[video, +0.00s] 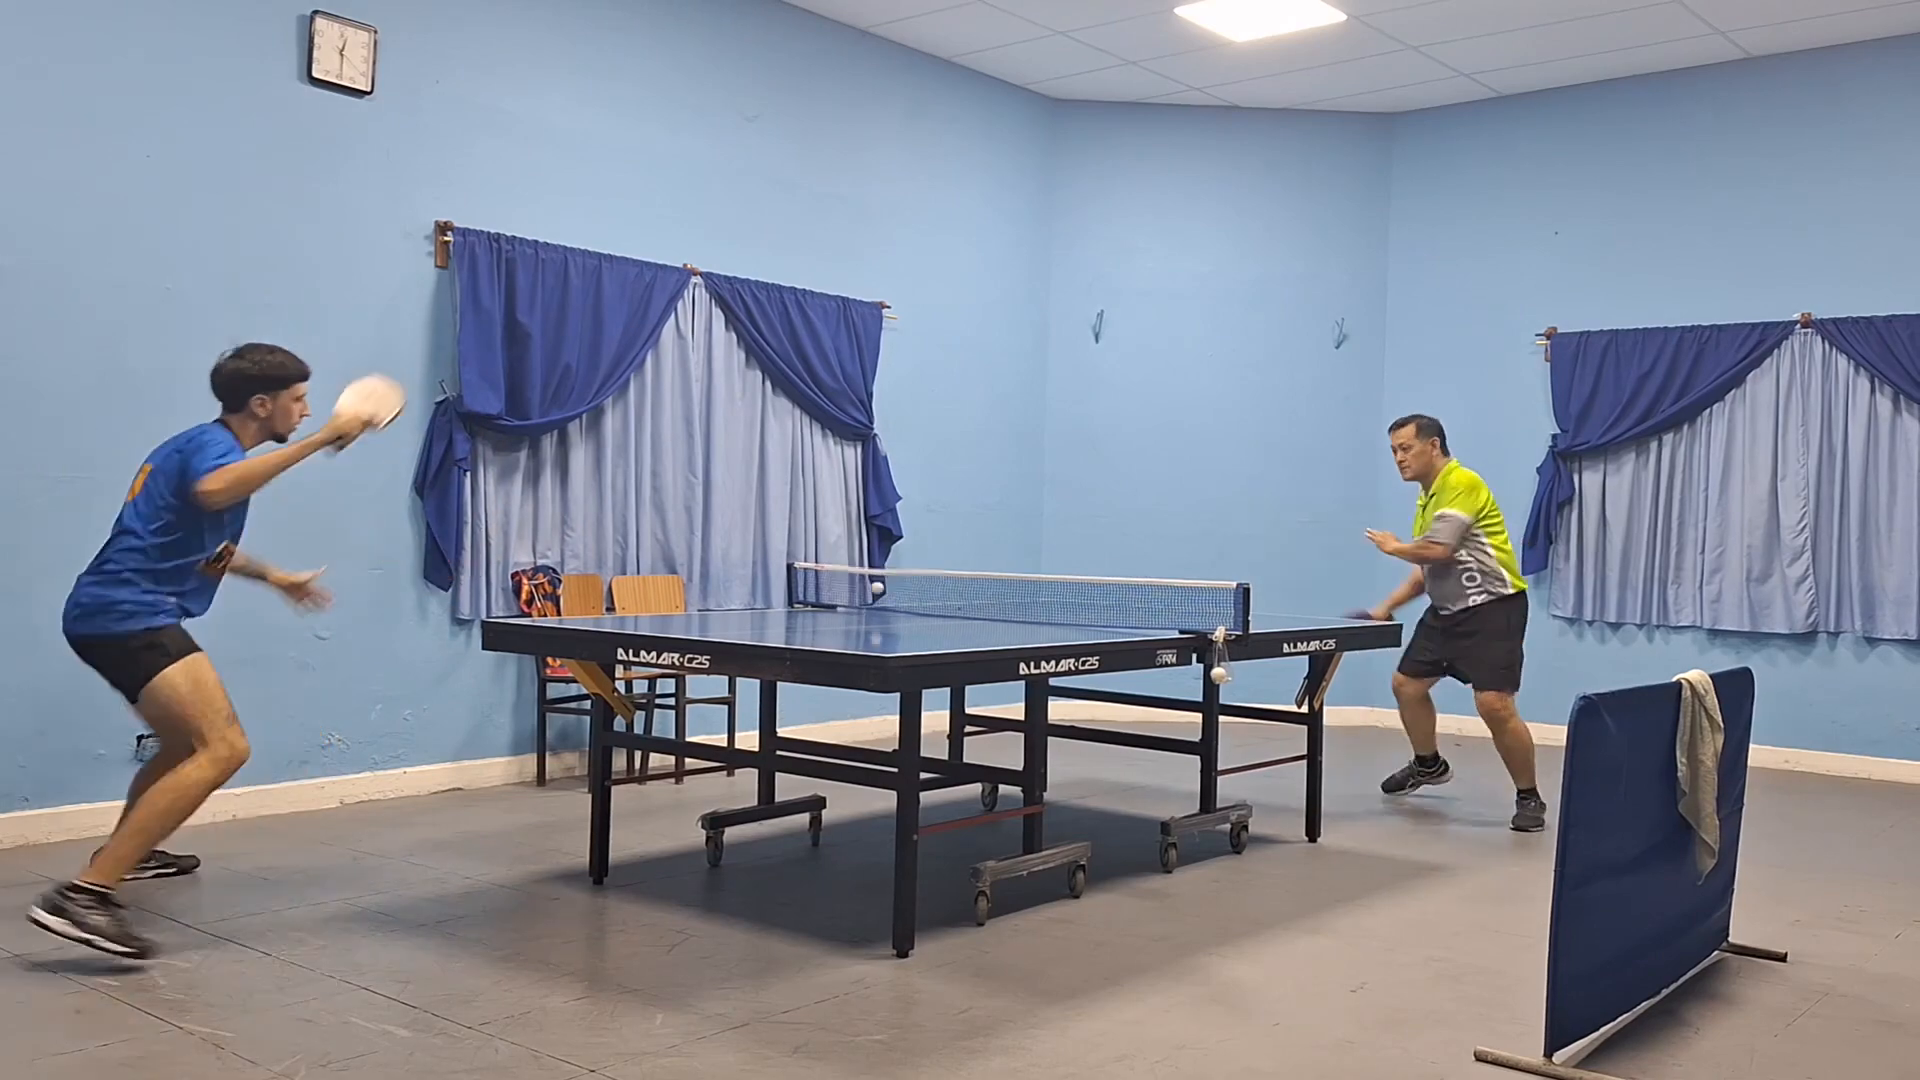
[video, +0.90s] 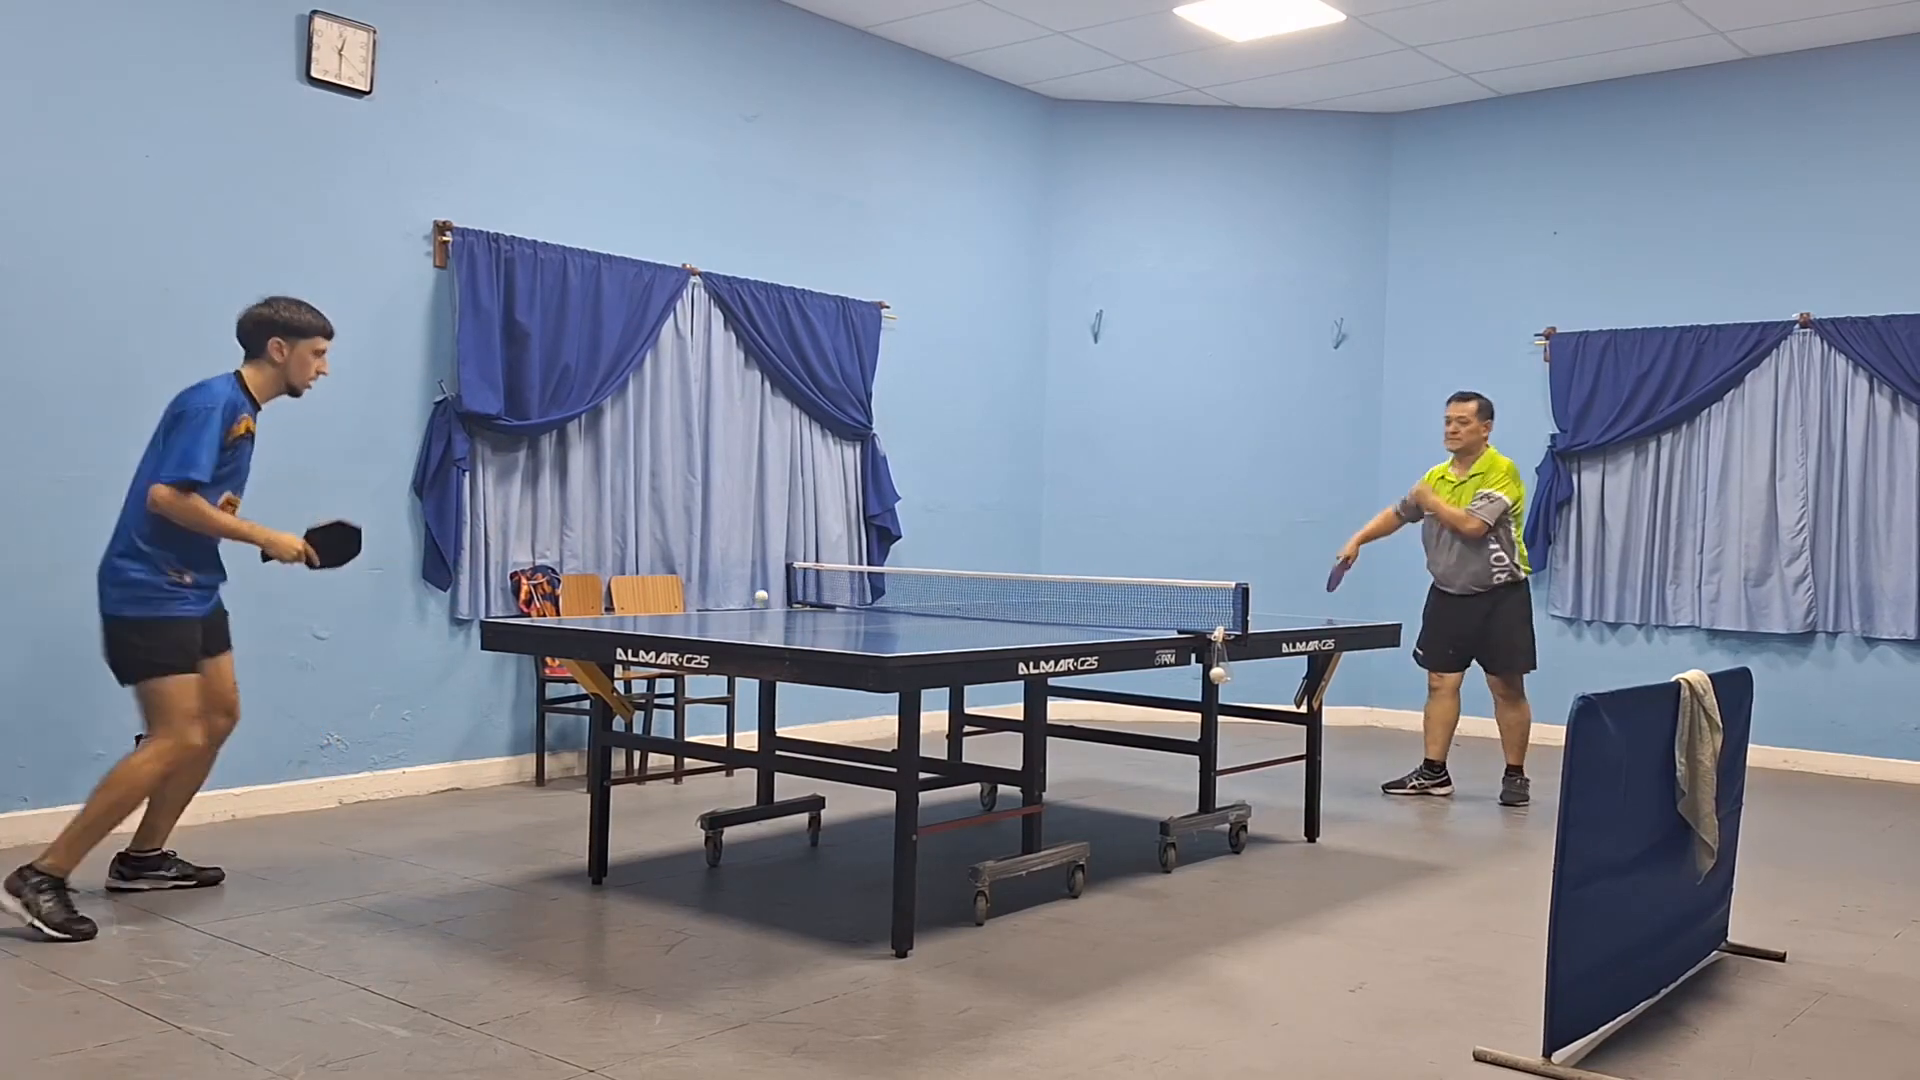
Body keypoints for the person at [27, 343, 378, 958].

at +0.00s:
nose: (304, 408)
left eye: (305, 398)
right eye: (298, 399)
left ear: (250, 405)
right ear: (260, 404)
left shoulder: (210, 448)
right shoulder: (217, 446)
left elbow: (202, 551)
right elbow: (211, 491)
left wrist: (272, 575)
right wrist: (320, 440)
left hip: (116, 613)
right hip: (126, 614)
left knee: (189, 738)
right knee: (224, 748)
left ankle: (131, 847)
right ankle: (87, 891)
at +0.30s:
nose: (272, 360)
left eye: (271, 347)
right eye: (264, 348)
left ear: (223, 356)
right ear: (226, 355)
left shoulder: (196, 423)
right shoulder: (176, 407)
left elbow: (142, 514)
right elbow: (145, 483)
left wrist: (170, 583)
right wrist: (260, 503)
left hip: (99, 576)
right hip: (84, 574)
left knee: (137, 720)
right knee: (156, 733)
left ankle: (89, 842)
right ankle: (25, 886)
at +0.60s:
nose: (275, 354)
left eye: (275, 341)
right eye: (268, 341)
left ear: (231, 347)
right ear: (227, 345)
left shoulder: (197, 415)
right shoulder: (160, 403)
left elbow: (162, 503)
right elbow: (124, 498)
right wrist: (239, 519)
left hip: (125, 582)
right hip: (88, 576)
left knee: (150, 728)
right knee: (116, 737)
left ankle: (28, 852)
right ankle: (16, 905)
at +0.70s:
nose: (292, 330)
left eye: (293, 318)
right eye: (286, 317)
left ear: (247, 317)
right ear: (245, 315)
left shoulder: (210, 382)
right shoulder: (174, 371)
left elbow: (123, 450)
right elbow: (144, 468)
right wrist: (253, 498)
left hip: (155, 555)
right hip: (107, 549)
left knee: (172, 699)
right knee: (106, 710)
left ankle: (74, 831)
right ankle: (34, 886)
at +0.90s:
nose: (324, 368)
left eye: (326, 355)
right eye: (318, 354)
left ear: (282, 353)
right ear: (277, 349)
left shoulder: (247, 415)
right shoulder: (212, 404)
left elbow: (209, 505)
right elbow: (166, 497)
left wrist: (268, 538)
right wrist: (263, 538)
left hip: (197, 589)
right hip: (148, 590)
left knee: (220, 716)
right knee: (180, 738)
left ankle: (143, 854)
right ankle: (44, 873)